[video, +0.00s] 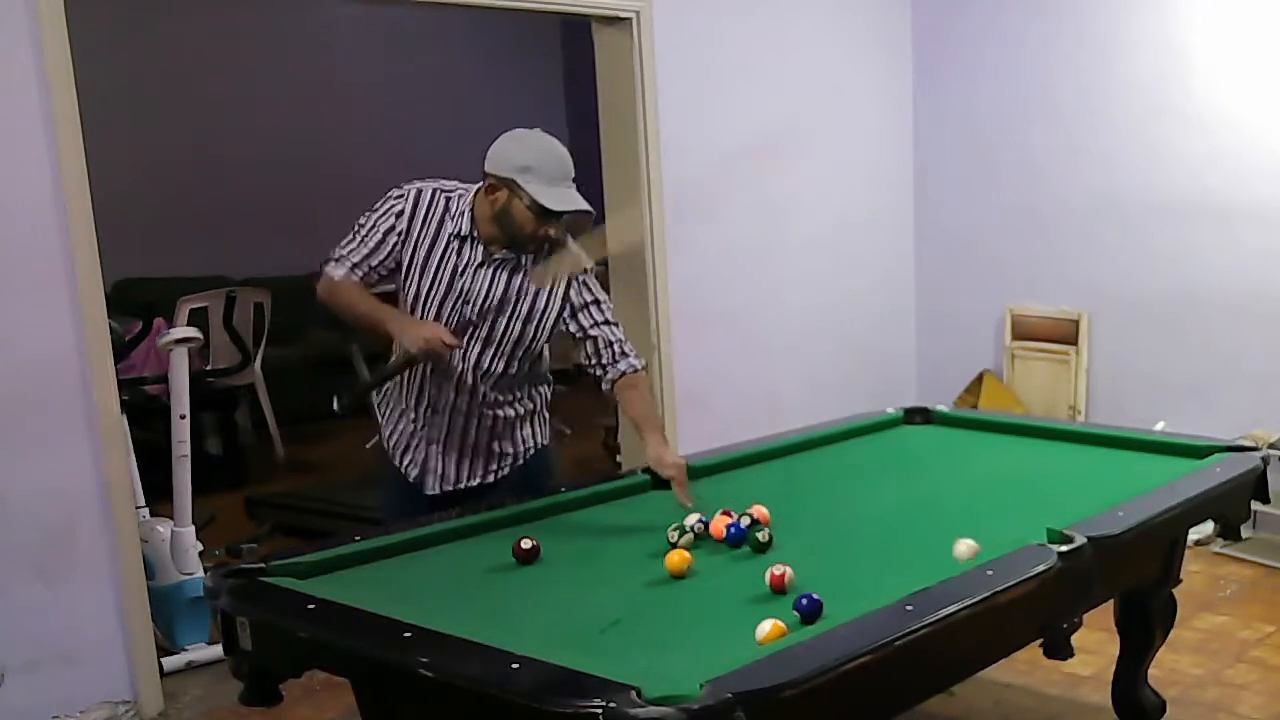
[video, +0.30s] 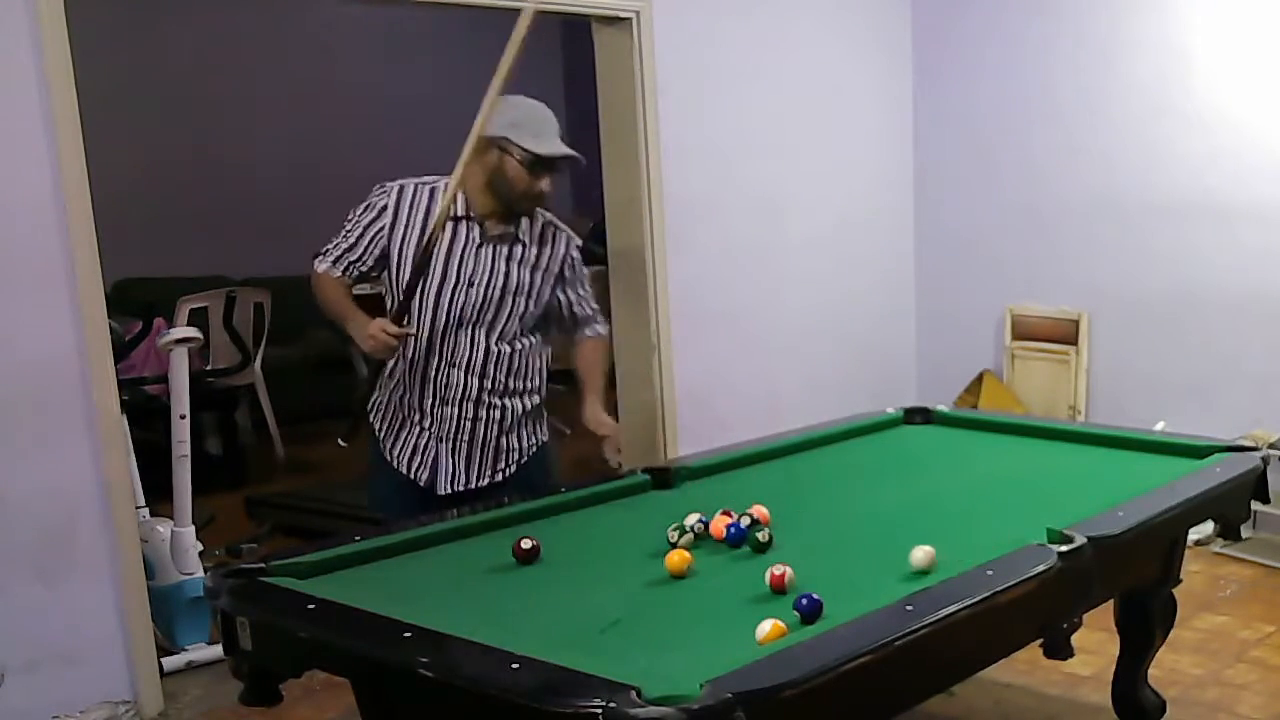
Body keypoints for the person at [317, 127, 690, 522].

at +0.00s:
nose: (555, 231)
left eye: (563, 217)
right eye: (544, 214)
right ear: (497, 193)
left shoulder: (564, 265)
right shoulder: (417, 208)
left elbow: (618, 360)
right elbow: (334, 282)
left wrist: (656, 442)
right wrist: (398, 325)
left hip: (514, 454)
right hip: (416, 447)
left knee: (528, 592)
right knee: (414, 597)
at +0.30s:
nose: (545, 187)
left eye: (551, 172)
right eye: (534, 169)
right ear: (494, 154)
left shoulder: (557, 246)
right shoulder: (399, 205)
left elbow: (590, 326)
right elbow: (327, 271)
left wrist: (593, 406)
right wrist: (358, 324)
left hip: (511, 448)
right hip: (411, 444)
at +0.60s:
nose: (476, 157)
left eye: (482, 144)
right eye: (460, 142)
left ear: (491, 145)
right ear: (418, 138)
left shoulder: (509, 225)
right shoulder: (352, 212)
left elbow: (532, 305)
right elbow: (301, 292)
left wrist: (536, 379)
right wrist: (340, 342)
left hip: (490, 437)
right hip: (394, 439)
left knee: (499, 575)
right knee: (404, 585)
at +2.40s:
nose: (414, 151)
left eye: (424, 137)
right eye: (398, 139)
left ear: (438, 139)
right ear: (372, 140)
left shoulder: (485, 213)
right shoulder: (347, 212)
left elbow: (537, 296)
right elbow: (334, 289)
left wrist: (520, 374)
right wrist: (330, 337)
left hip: (477, 425)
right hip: (386, 428)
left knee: (483, 565)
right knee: (385, 569)